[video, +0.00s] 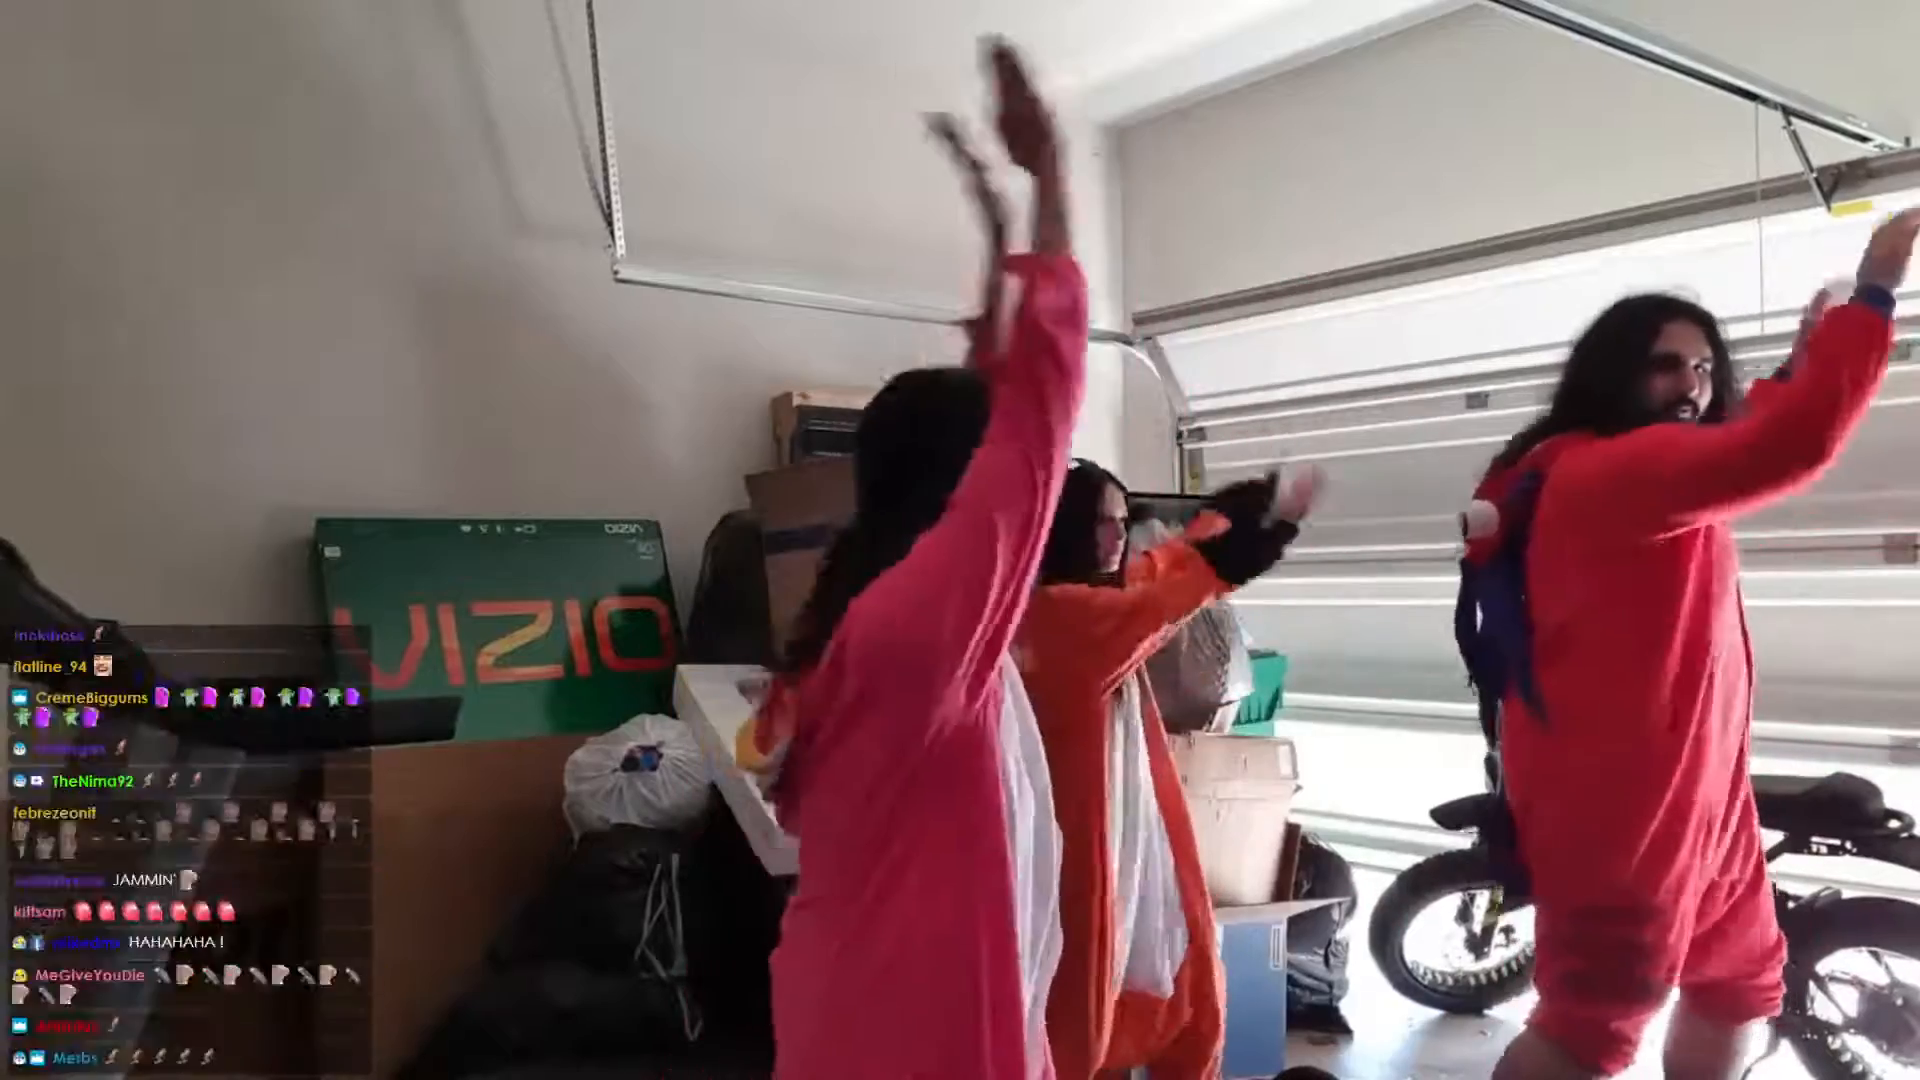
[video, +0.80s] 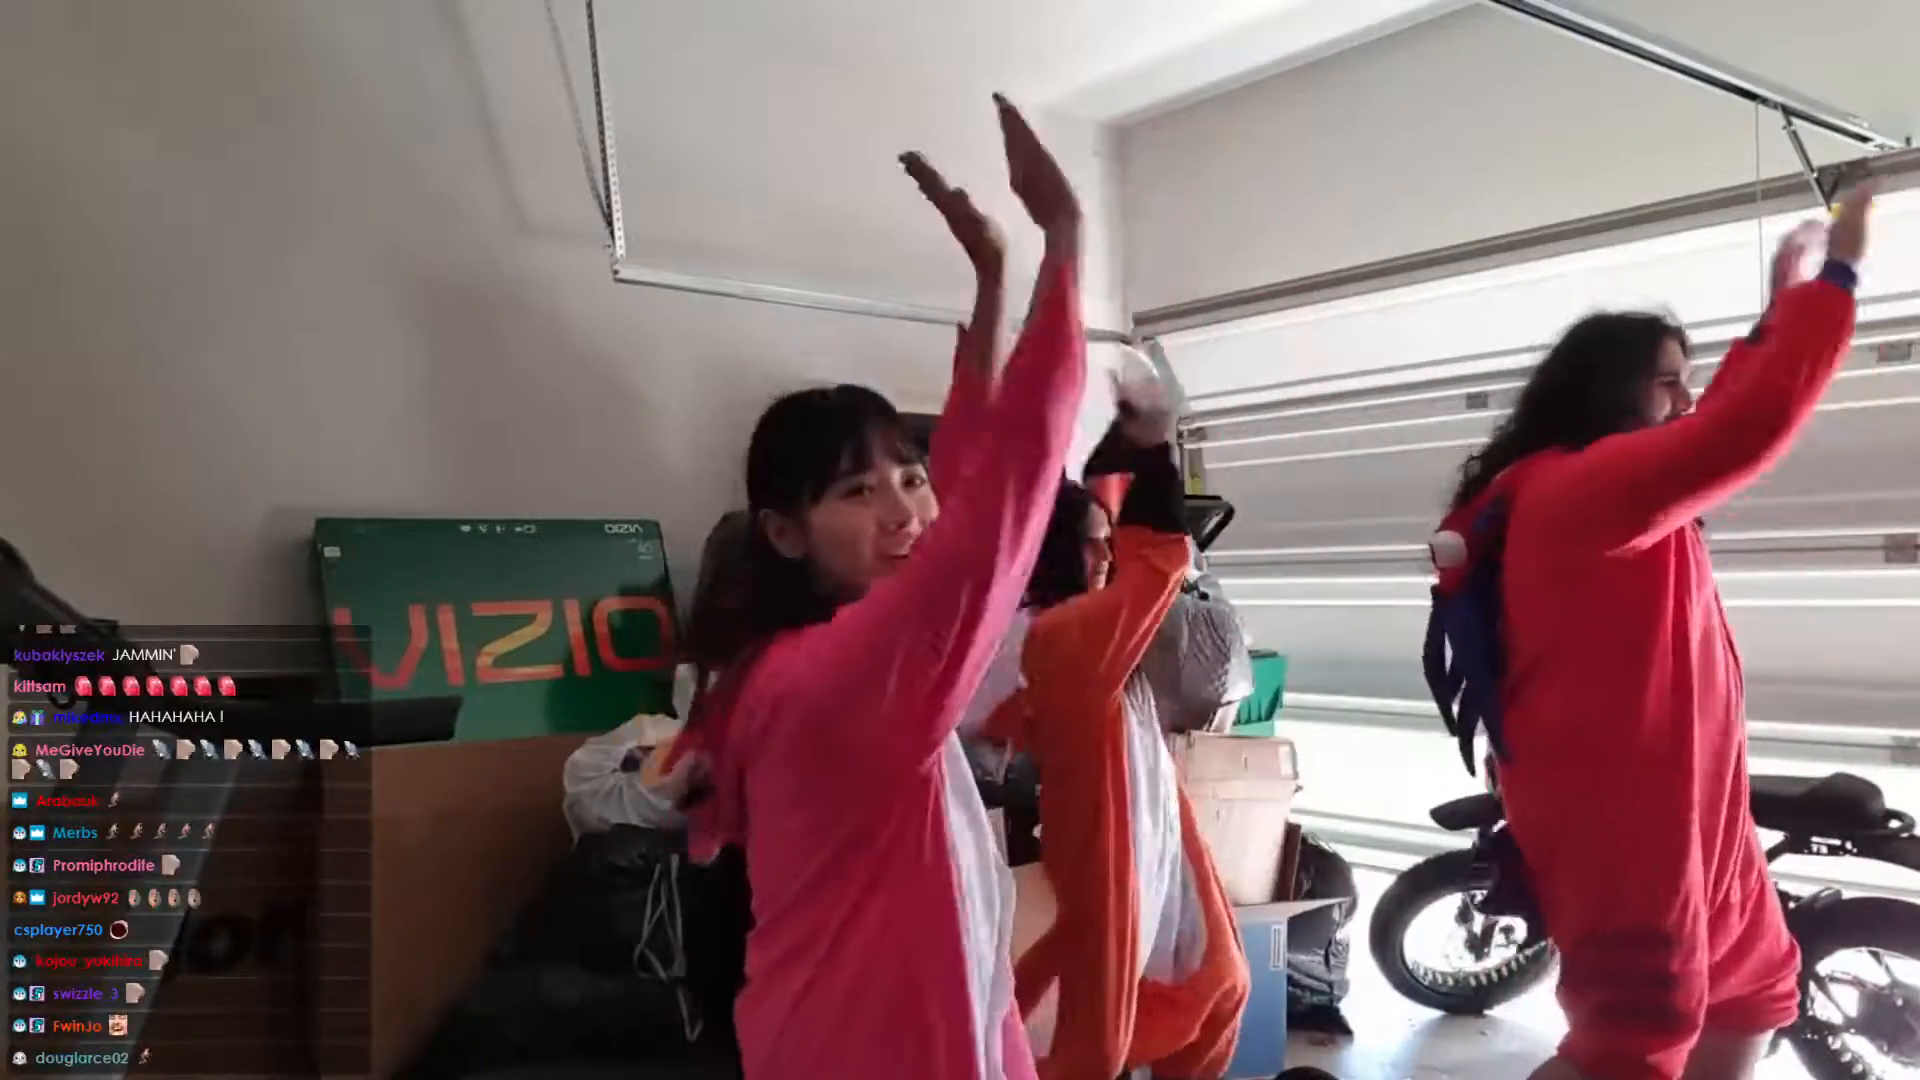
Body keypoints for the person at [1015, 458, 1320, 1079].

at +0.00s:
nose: (1123, 538)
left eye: (1125, 524)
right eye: (1109, 524)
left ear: (1124, 529)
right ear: (1067, 529)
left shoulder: (1097, 600)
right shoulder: (1051, 613)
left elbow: (1173, 559)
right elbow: (1157, 597)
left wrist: (1259, 503)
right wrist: (1271, 525)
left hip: (1138, 838)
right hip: (1074, 852)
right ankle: (1079, 1064)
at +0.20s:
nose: (1089, 486)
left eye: (1093, 462)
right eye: (1058, 457)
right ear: (966, 481)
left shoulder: (951, 604)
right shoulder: (934, 608)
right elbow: (1106, 753)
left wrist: (1184, 846)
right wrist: (1295, 856)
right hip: (799, 1024)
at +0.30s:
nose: (1100, 513)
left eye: (1102, 486)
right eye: (1058, 489)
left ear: (1114, 496)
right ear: (975, 527)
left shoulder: (1019, 661)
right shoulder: (960, 679)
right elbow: (1065, 943)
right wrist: (1140, 1067)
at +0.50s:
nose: (992, 467)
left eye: (1004, 438)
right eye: (951, 441)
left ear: (1021, 457)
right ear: (878, 475)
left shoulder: (930, 625)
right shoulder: (889, 647)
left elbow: (1032, 795)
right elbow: (1016, 896)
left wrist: (1127, 920)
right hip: (819, 1036)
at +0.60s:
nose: (922, 444)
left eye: (932, 416)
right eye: (879, 418)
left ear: (953, 433)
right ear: (801, 448)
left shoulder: (895, 588)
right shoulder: (834, 608)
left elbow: (1083, 629)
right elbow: (1095, 703)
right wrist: (1422, 708)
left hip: (928, 1014)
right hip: (839, 1031)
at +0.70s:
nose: (896, 480)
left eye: (903, 449)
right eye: (849, 460)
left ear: (918, 458)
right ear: (777, 503)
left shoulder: (868, 620)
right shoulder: (802, 650)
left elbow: (1002, 527)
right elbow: (1016, 560)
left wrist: (1118, 350)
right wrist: (1230, 337)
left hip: (962, 1021)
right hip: (868, 1041)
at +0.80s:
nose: (906, 511)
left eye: (912, 480)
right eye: (861, 492)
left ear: (926, 488)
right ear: (784, 534)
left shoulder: (855, 661)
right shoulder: (819, 681)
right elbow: (989, 522)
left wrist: (990, 289)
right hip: (872, 1052)